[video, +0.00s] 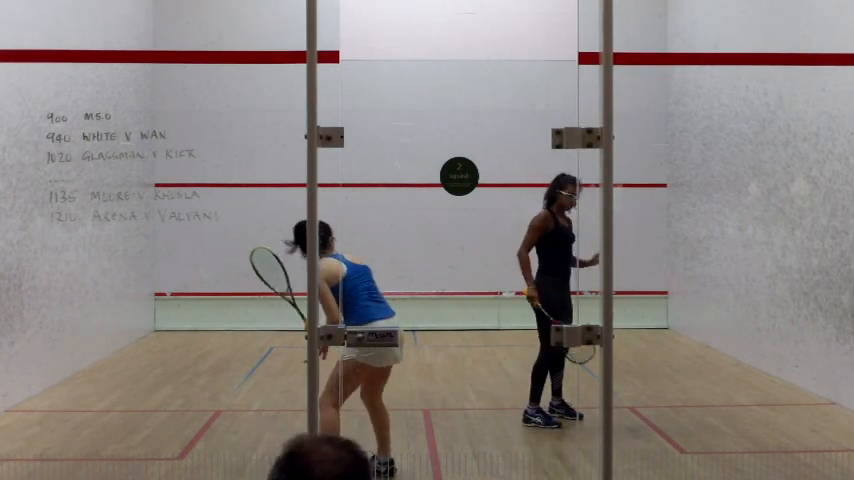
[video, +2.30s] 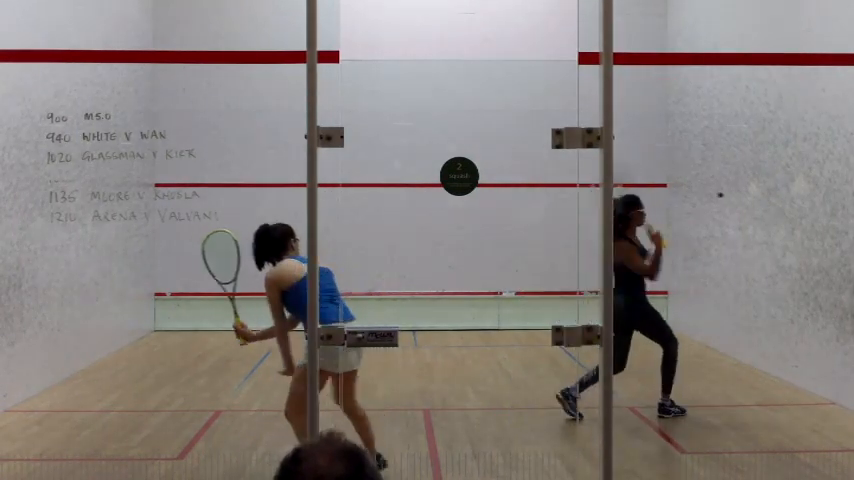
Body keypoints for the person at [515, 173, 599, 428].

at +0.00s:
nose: (573, 200)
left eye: (575, 196)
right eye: (570, 195)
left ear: (572, 197)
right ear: (557, 194)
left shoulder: (566, 221)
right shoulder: (543, 219)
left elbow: (563, 258)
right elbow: (522, 252)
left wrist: (587, 262)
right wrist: (530, 284)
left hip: (562, 291)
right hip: (546, 291)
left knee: (560, 347)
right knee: (548, 349)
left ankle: (557, 402)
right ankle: (532, 409)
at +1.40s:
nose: (578, 203)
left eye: (579, 199)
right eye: (576, 198)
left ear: (568, 198)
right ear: (564, 197)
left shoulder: (560, 221)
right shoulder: (546, 221)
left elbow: (555, 258)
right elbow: (531, 255)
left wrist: (579, 269)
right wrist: (560, 278)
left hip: (552, 292)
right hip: (540, 293)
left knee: (574, 343)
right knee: (548, 349)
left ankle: (559, 401)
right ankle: (532, 410)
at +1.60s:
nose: (582, 203)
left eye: (582, 198)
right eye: (579, 198)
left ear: (567, 198)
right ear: (567, 198)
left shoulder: (563, 224)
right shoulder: (558, 225)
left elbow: (560, 260)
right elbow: (555, 262)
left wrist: (586, 267)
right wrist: (585, 268)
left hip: (560, 295)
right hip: (554, 296)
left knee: (578, 347)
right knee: (558, 350)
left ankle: (556, 402)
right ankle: (533, 409)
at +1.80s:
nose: (592, 208)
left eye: (592, 203)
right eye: (589, 203)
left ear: (572, 205)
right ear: (577, 204)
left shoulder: (565, 231)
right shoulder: (571, 231)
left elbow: (578, 271)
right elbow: (584, 265)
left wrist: (604, 285)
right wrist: (615, 252)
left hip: (565, 300)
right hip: (571, 301)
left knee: (586, 354)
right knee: (593, 359)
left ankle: (561, 402)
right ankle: (560, 394)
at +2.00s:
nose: (599, 213)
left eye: (599, 208)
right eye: (595, 208)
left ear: (589, 210)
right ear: (586, 209)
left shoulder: (589, 232)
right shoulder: (583, 232)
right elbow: (607, 259)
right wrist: (635, 240)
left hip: (583, 302)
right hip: (590, 302)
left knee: (591, 358)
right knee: (632, 341)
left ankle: (557, 403)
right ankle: (644, 400)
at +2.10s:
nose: (618, 206)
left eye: (617, 202)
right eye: (614, 202)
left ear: (599, 209)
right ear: (600, 207)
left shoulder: (609, 229)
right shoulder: (594, 236)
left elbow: (632, 247)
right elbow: (615, 259)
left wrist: (661, 239)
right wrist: (647, 242)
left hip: (596, 302)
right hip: (602, 303)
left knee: (596, 361)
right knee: (640, 345)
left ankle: (560, 400)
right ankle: (661, 400)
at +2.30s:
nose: (643, 215)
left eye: (643, 211)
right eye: (639, 211)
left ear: (626, 216)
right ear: (629, 216)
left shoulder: (627, 239)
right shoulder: (623, 245)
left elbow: (642, 268)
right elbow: (650, 273)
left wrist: (654, 250)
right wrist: (658, 248)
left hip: (622, 308)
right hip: (634, 308)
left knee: (616, 363)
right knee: (670, 343)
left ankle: (572, 392)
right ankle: (666, 402)